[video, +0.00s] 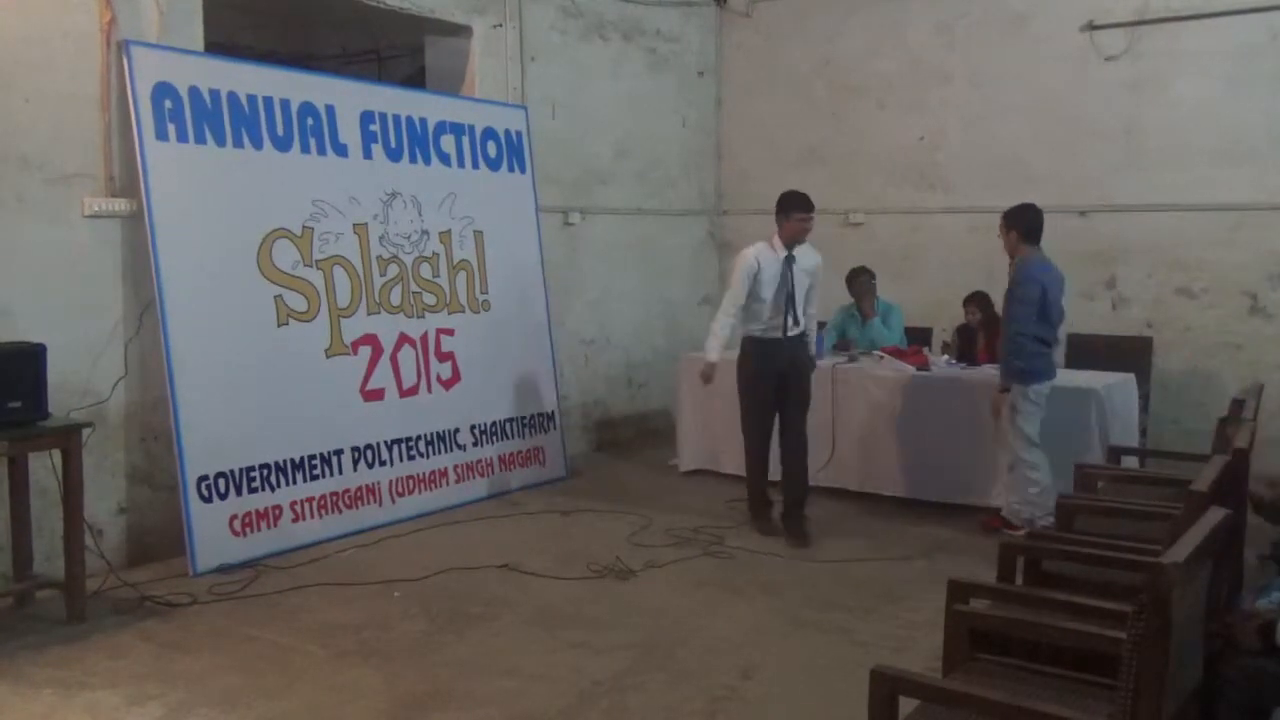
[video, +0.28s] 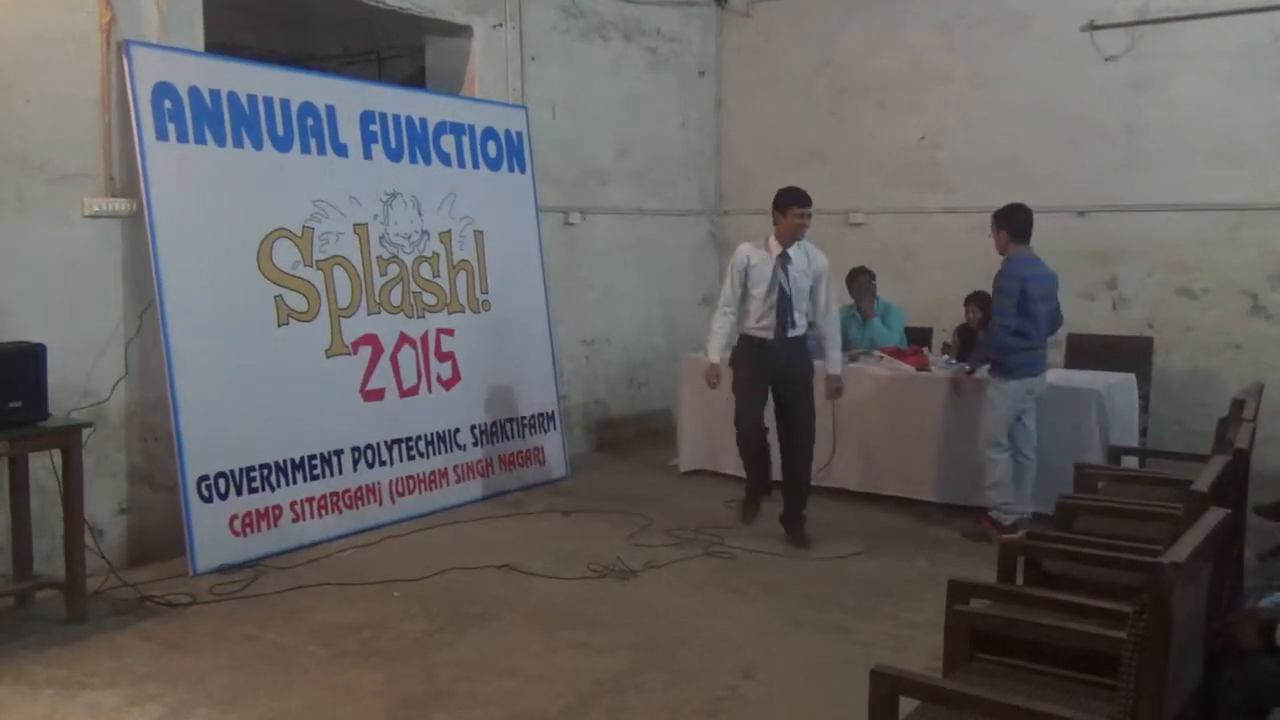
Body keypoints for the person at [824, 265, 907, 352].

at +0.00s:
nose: (864, 291)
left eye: (867, 285)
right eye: (859, 287)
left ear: (874, 287)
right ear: (851, 292)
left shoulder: (892, 311)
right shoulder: (844, 313)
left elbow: (892, 347)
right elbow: (824, 343)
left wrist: (870, 315)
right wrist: (836, 345)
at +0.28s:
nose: (864, 290)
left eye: (868, 285)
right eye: (858, 286)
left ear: (874, 287)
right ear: (851, 292)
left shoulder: (892, 311)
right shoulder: (844, 313)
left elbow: (890, 346)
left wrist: (870, 315)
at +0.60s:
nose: (865, 290)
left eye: (869, 285)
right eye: (859, 286)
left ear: (875, 287)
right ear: (851, 291)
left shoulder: (891, 312)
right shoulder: (843, 315)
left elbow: (894, 348)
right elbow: (828, 346)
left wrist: (871, 316)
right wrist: (838, 347)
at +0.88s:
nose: (864, 291)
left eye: (868, 285)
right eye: (858, 287)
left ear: (874, 287)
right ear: (850, 293)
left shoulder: (889, 310)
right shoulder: (843, 315)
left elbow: (901, 347)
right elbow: (825, 341)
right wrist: (836, 345)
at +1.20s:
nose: (865, 290)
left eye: (869, 285)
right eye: (859, 286)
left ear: (875, 287)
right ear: (850, 292)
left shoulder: (891, 309)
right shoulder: (844, 314)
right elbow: (827, 339)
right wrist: (837, 345)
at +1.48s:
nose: (864, 291)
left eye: (868, 286)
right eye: (859, 287)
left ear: (874, 288)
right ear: (850, 291)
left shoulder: (890, 310)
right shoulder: (842, 314)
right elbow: (827, 340)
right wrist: (838, 345)